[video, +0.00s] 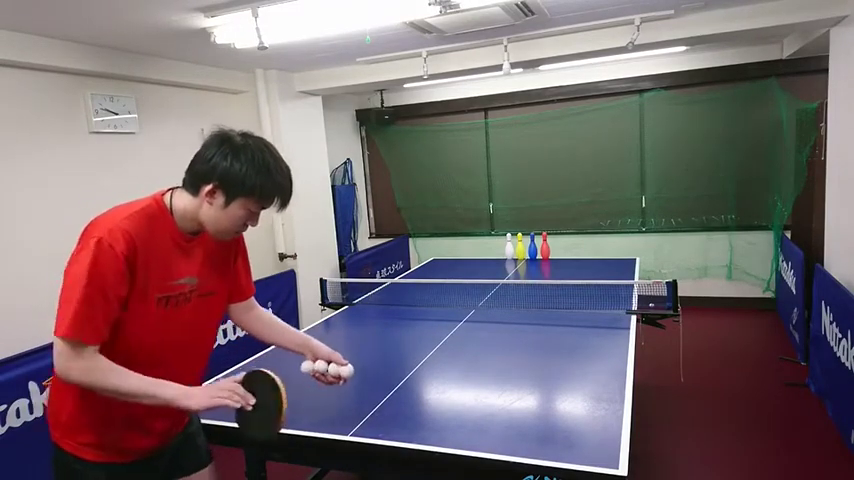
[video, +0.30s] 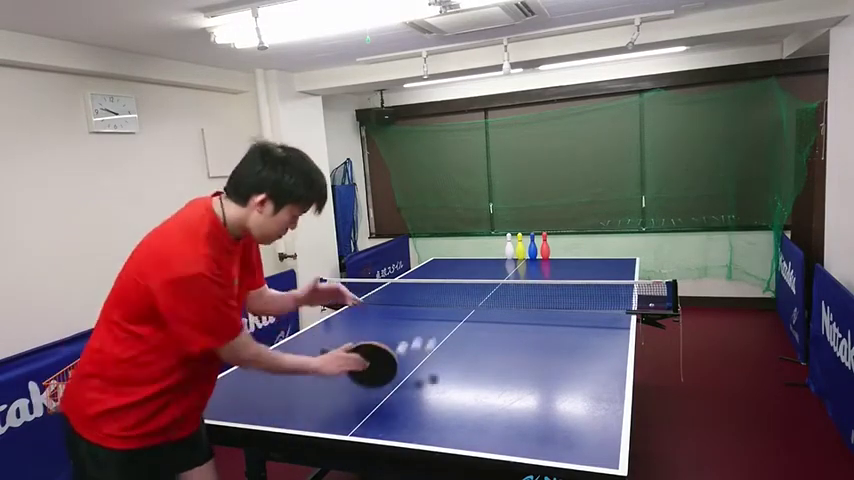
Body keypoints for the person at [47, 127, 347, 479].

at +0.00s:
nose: (254, 223)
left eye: (259, 213)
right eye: (251, 212)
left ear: (211, 196)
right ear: (211, 194)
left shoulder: (223, 235)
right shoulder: (112, 239)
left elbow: (244, 309)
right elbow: (71, 361)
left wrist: (310, 347)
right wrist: (185, 394)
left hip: (174, 431)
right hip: (96, 447)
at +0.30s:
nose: (292, 228)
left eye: (297, 219)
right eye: (293, 216)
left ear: (258, 202)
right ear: (261, 203)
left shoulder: (235, 225)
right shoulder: (191, 262)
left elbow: (255, 299)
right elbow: (239, 352)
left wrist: (303, 299)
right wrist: (318, 364)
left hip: (172, 410)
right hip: (118, 426)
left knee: (202, 472)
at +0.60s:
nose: (300, 202)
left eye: (303, 193)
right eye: (302, 192)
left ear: (244, 174)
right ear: (285, 192)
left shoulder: (205, 205)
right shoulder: (239, 251)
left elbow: (227, 293)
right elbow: (274, 327)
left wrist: (276, 273)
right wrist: (325, 319)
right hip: (142, 422)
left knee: (203, 469)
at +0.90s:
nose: (284, 188)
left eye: (286, 178)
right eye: (285, 178)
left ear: (225, 165)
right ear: (267, 178)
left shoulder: (192, 204)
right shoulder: (224, 234)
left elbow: (218, 293)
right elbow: (253, 330)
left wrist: (270, 278)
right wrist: (309, 332)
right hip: (143, 428)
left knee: (207, 471)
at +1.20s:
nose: (227, 172)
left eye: (228, 161)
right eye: (226, 161)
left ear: (161, 156)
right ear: (204, 163)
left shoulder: (139, 206)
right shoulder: (156, 225)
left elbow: (150, 290)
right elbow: (190, 343)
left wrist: (214, 298)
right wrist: (265, 348)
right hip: (126, 441)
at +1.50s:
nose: (154, 162)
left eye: (155, 151)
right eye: (152, 150)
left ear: (83, 149)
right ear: (128, 153)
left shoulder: (71, 206)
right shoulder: (79, 223)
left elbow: (70, 305)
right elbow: (84, 359)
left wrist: (141, 320)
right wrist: (185, 380)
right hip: (74, 453)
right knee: (151, 472)